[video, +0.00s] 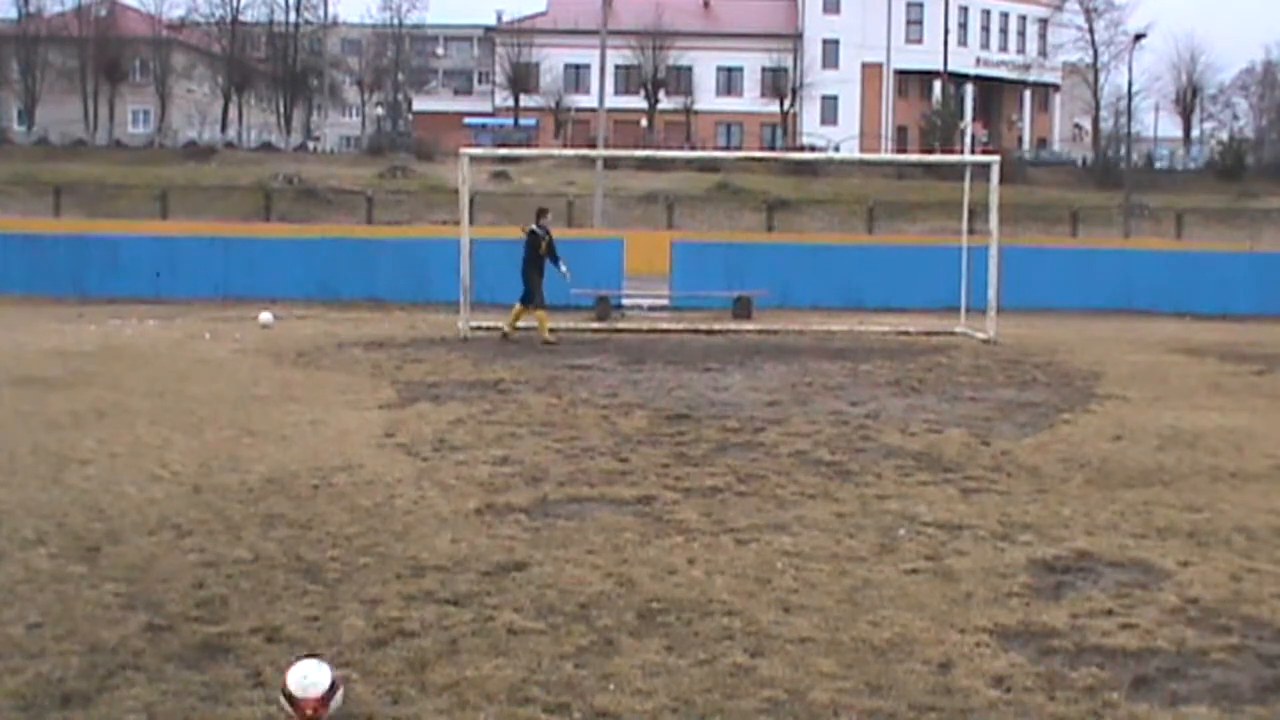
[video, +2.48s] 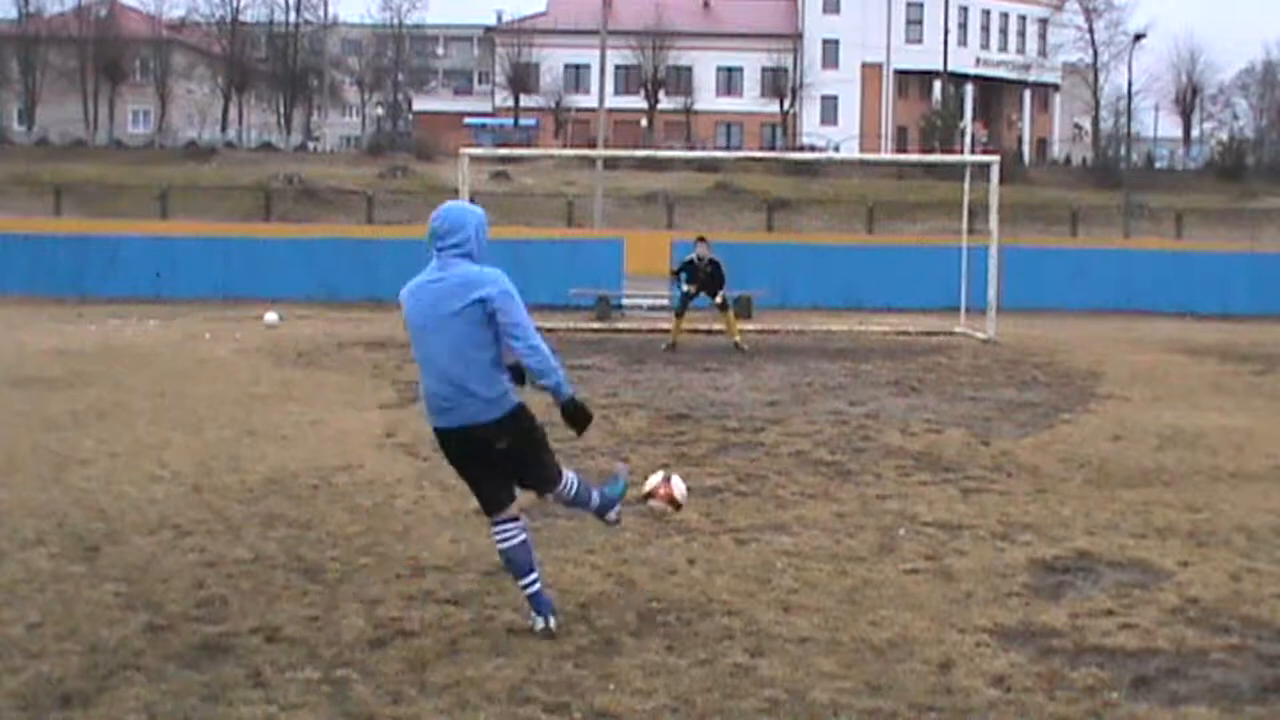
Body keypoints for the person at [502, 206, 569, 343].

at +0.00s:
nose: (548, 221)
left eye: (549, 219)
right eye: (547, 218)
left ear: (546, 219)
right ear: (541, 218)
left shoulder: (546, 234)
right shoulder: (533, 233)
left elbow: (552, 252)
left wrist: (560, 266)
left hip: (538, 270)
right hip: (530, 269)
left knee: (526, 301)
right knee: (538, 301)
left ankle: (508, 327)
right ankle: (545, 334)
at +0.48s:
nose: (591, 223)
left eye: (592, 220)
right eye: (589, 219)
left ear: (587, 220)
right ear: (583, 219)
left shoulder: (580, 234)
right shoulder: (575, 234)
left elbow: (577, 256)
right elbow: (575, 256)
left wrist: (580, 272)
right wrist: (577, 274)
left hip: (578, 273)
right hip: (570, 273)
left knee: (588, 302)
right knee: (562, 304)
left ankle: (600, 331)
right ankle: (548, 333)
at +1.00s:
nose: (628, 220)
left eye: (630, 217)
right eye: (625, 217)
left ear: (632, 219)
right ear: (621, 218)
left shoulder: (632, 235)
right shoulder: (616, 234)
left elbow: (638, 253)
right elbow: (612, 256)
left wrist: (647, 268)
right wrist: (621, 272)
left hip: (626, 272)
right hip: (617, 272)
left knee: (615, 303)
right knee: (629, 304)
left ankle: (605, 332)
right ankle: (642, 333)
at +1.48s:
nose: (664, 223)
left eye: (666, 220)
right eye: (661, 220)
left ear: (669, 222)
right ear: (656, 222)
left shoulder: (671, 237)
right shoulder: (649, 237)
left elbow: (673, 254)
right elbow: (635, 255)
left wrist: (675, 264)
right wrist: (643, 269)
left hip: (666, 272)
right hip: (652, 273)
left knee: (678, 302)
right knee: (655, 306)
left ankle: (678, 334)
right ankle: (651, 336)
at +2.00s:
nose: (694, 249)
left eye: (697, 246)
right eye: (692, 246)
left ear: (701, 247)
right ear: (688, 247)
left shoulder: (706, 258)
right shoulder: (682, 257)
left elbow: (719, 265)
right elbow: (667, 263)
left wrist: (714, 279)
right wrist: (674, 277)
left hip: (703, 284)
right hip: (685, 285)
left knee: (713, 310)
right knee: (675, 309)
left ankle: (712, 339)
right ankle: (681, 339)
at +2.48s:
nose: (702, 250)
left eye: (704, 247)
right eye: (699, 247)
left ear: (708, 249)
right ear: (695, 249)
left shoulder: (715, 264)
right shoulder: (689, 263)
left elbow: (721, 280)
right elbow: (676, 274)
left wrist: (719, 292)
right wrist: (683, 287)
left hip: (711, 287)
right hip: (693, 286)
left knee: (726, 309)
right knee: (679, 312)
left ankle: (737, 339)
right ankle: (673, 341)